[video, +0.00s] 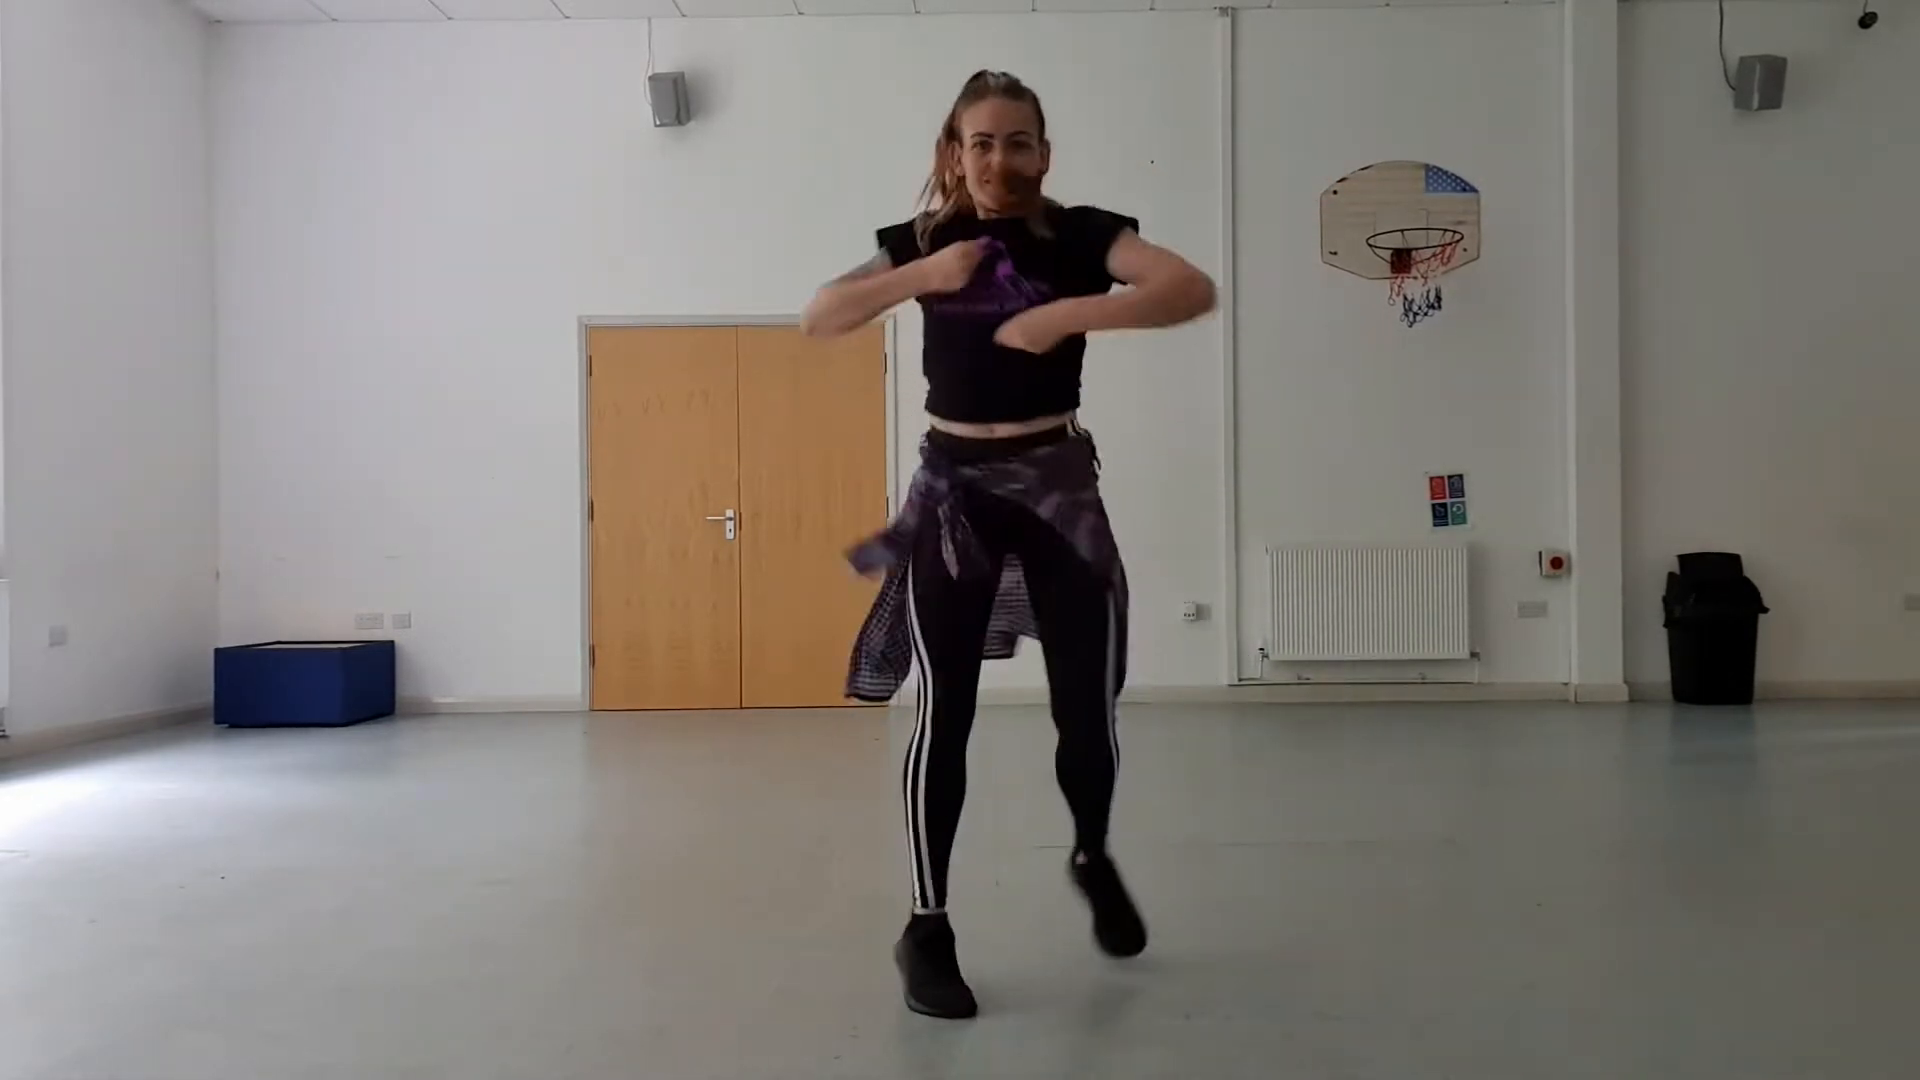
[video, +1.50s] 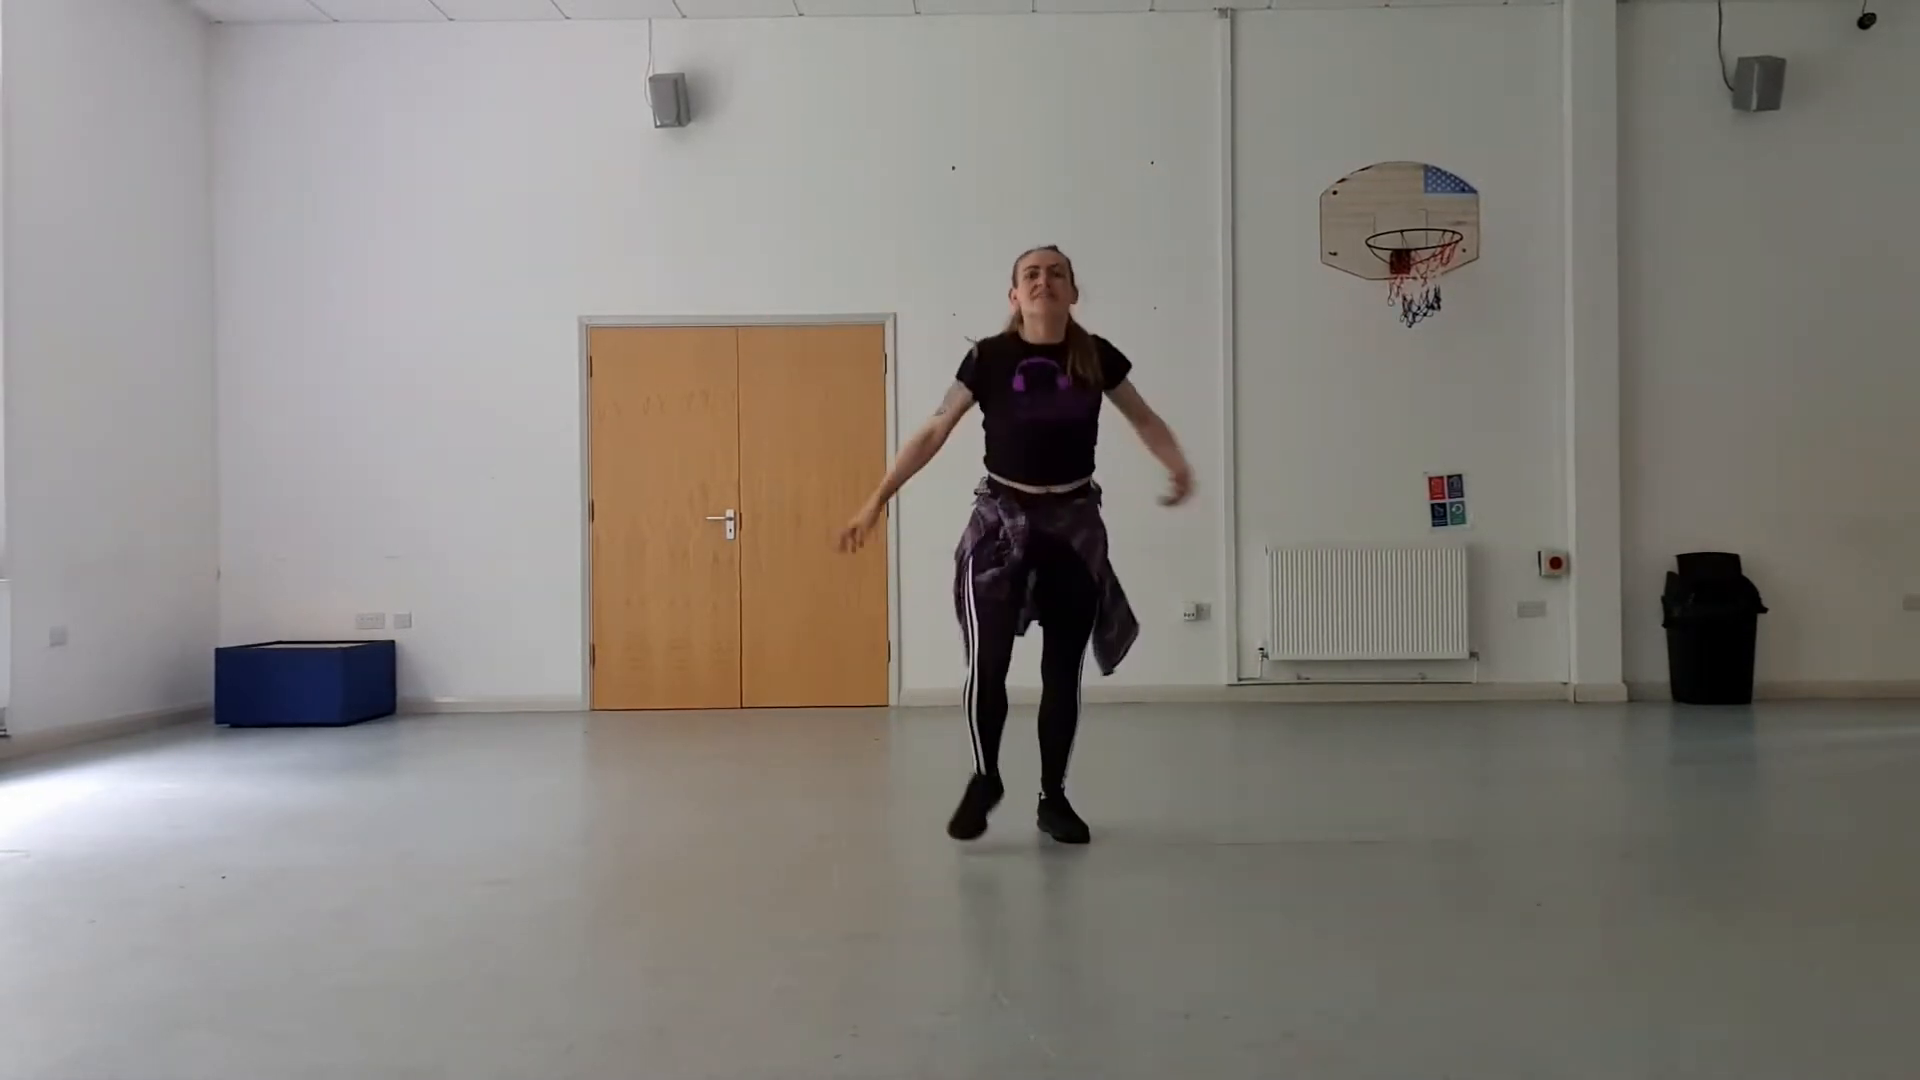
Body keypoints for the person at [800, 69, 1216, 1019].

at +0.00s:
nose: (999, 159)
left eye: (1017, 142)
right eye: (981, 142)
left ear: (1043, 150)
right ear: (952, 152)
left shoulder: (1080, 233)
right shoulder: (922, 244)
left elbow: (1193, 290)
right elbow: (819, 320)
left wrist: (1069, 315)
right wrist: (927, 272)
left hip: (1059, 481)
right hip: (954, 485)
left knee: (1090, 717)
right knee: (945, 715)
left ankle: (1093, 858)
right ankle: (928, 925)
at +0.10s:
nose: (1014, 183)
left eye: (1030, 166)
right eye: (997, 166)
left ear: (1055, 168)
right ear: (963, 174)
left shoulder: (1084, 240)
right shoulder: (947, 261)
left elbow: (1109, 286)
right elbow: (862, 311)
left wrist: (991, 331)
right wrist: (974, 264)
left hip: (1048, 482)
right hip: (955, 484)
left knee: (1069, 714)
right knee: (947, 717)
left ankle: (1120, 844)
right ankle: (954, 927)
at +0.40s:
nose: (1059, 279)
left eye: (1074, 266)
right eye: (1046, 266)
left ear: (1098, 274)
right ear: (1024, 276)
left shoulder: (1126, 342)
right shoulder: (996, 348)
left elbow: (1085, 354)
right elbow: (997, 336)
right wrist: (1007, 294)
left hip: (1114, 558)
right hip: (1020, 558)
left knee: (1100, 743)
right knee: (963, 709)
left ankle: (1117, 893)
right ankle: (955, 908)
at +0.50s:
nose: (1074, 283)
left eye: (1089, 270)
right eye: (1059, 270)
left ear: (1109, 281)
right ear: (1034, 282)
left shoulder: (1126, 350)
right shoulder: (1008, 340)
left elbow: (1164, 358)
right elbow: (964, 326)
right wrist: (917, 291)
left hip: (1122, 552)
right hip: (1031, 554)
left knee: (1130, 731)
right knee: (1001, 694)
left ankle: (1121, 883)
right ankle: (968, 848)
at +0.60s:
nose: (1082, 284)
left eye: (1096, 271)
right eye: (1066, 273)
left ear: (1118, 282)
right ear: (1040, 286)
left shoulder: (1134, 359)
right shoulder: (1016, 339)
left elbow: (1219, 346)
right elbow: (934, 330)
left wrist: (1308, 311)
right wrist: (841, 300)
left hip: (1113, 550)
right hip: (1029, 556)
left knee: (1149, 712)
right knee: (1051, 731)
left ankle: (1125, 882)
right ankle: (985, 784)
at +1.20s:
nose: (1036, 277)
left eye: (1050, 268)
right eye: (1024, 270)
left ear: (1072, 288)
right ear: (1009, 290)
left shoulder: (1099, 356)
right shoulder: (987, 357)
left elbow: (1189, 395)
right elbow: (895, 395)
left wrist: (1275, 410)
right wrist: (807, 411)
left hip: (1073, 534)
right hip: (1000, 533)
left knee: (1063, 692)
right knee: (1009, 689)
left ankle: (1064, 784)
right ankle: (1012, 842)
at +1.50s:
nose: (1043, 281)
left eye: (1055, 273)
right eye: (1031, 275)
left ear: (1074, 293)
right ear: (1014, 296)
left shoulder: (1094, 356)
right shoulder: (989, 358)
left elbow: (1143, 417)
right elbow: (932, 432)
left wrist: (1179, 467)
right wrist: (876, 500)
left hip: (1073, 524)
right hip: (1001, 523)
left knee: (1062, 670)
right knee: (988, 663)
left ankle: (1053, 797)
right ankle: (985, 780)